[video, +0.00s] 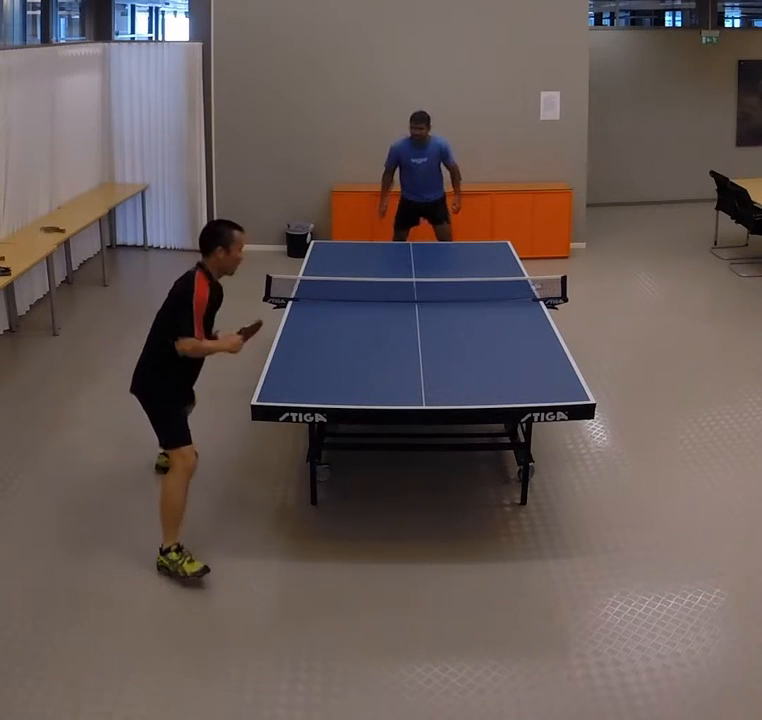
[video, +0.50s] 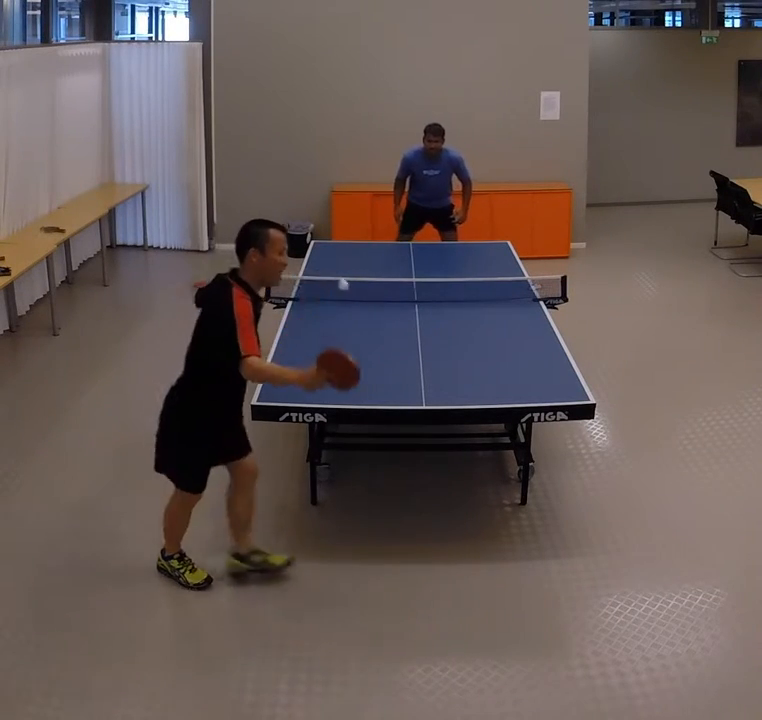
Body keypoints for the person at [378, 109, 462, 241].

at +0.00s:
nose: (416, 132)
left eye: (420, 129)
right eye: (413, 128)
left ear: (428, 129)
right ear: (409, 128)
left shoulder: (440, 146)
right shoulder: (398, 149)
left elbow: (454, 170)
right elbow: (388, 174)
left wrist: (457, 196)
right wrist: (383, 201)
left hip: (435, 201)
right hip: (409, 202)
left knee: (446, 240)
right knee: (398, 241)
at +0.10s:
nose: (428, 140)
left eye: (432, 137)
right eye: (425, 136)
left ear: (439, 137)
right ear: (420, 136)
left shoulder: (448, 154)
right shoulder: (408, 156)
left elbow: (461, 178)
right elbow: (397, 180)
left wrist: (459, 205)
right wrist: (389, 205)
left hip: (441, 207)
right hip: (415, 207)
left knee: (450, 244)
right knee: (401, 243)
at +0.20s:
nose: (436, 146)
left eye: (440, 143)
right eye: (433, 142)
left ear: (447, 143)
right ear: (428, 141)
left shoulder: (456, 160)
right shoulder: (414, 160)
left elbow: (467, 185)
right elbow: (403, 182)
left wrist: (462, 211)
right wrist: (395, 209)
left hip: (445, 210)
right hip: (418, 209)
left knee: (453, 248)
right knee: (402, 246)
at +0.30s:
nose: (438, 147)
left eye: (442, 144)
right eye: (435, 143)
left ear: (449, 144)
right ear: (430, 142)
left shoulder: (458, 161)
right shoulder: (416, 160)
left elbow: (470, 185)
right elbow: (405, 182)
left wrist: (465, 210)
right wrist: (399, 206)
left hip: (446, 209)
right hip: (419, 207)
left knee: (453, 247)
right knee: (402, 243)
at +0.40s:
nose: (437, 147)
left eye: (441, 143)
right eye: (434, 142)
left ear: (447, 143)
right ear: (428, 141)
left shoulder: (457, 160)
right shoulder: (415, 159)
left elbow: (470, 184)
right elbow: (404, 180)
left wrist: (465, 210)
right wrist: (399, 205)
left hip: (445, 208)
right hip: (418, 206)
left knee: (453, 248)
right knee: (400, 244)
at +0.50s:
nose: (432, 145)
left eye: (437, 142)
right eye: (429, 141)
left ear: (443, 142)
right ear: (423, 141)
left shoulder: (453, 159)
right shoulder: (411, 159)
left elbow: (467, 183)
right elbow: (400, 181)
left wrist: (464, 209)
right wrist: (397, 206)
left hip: (442, 208)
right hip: (416, 208)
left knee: (451, 246)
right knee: (401, 244)